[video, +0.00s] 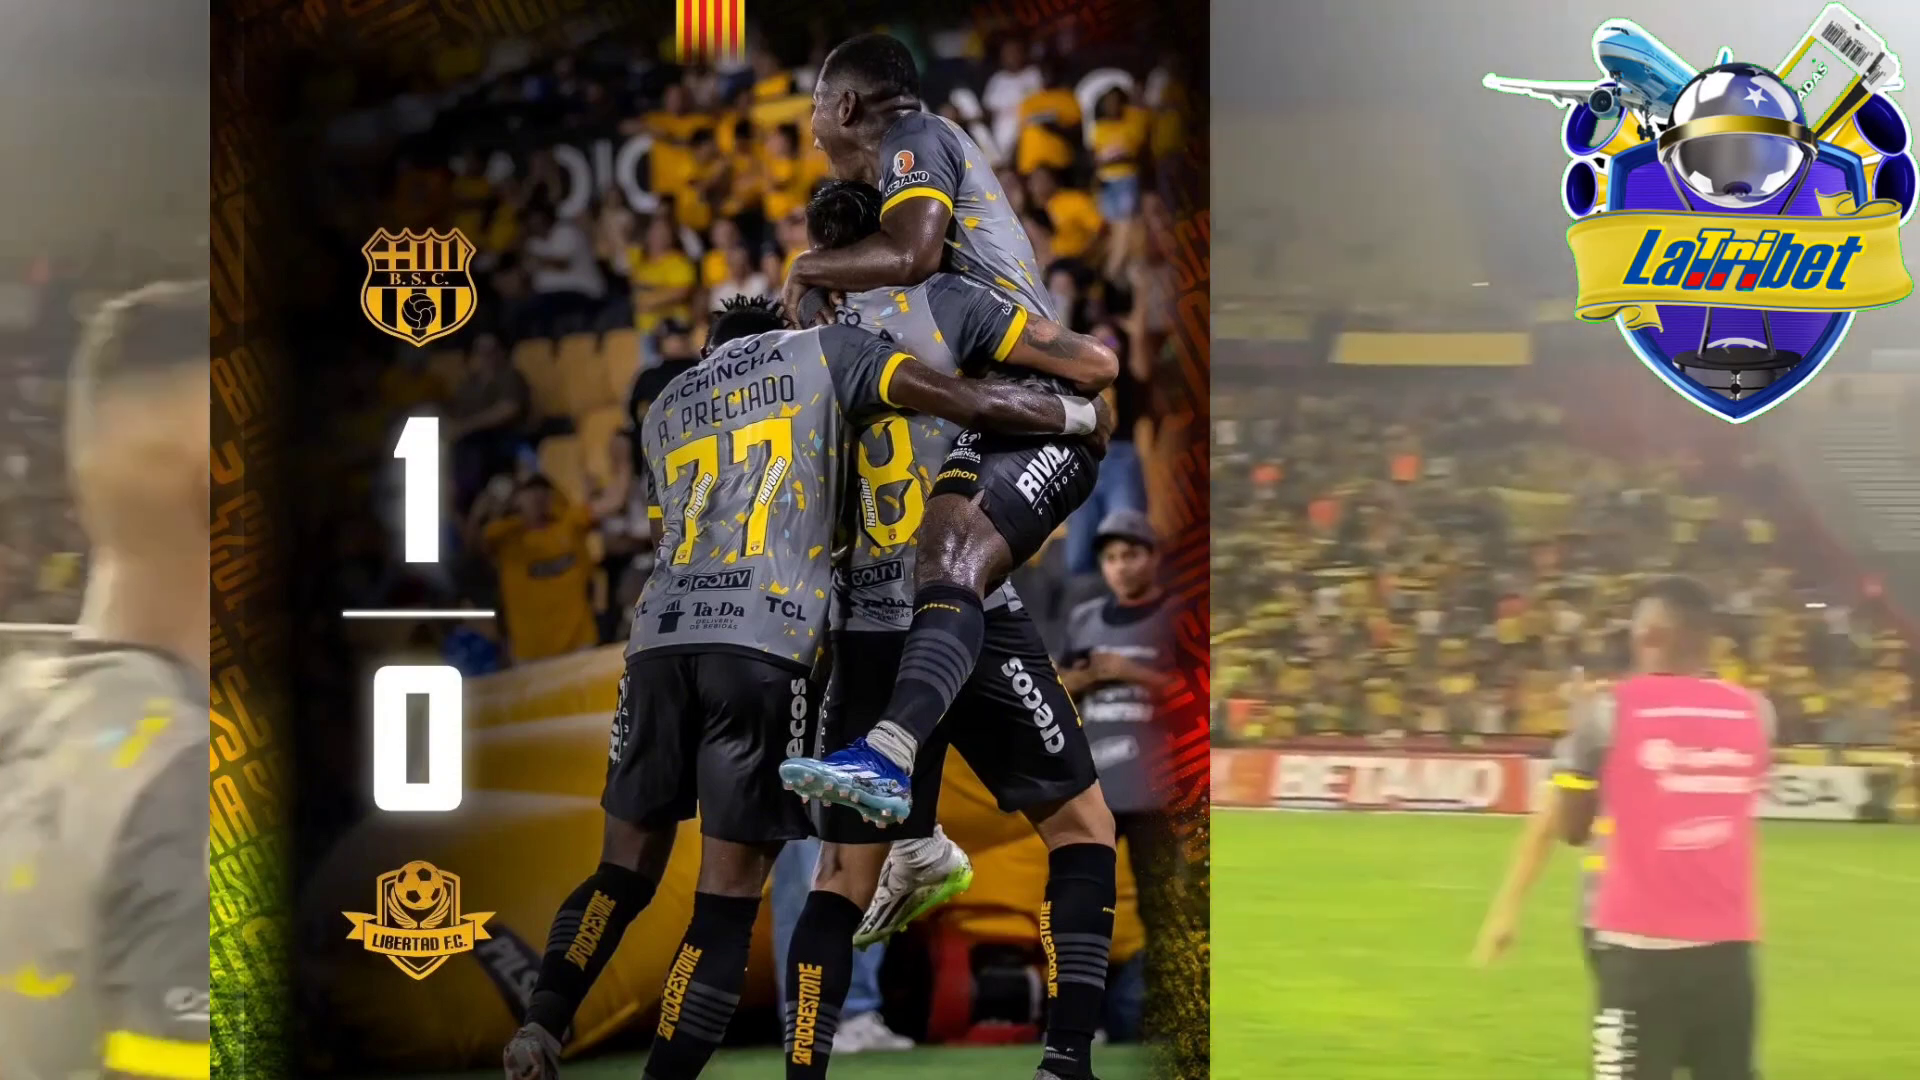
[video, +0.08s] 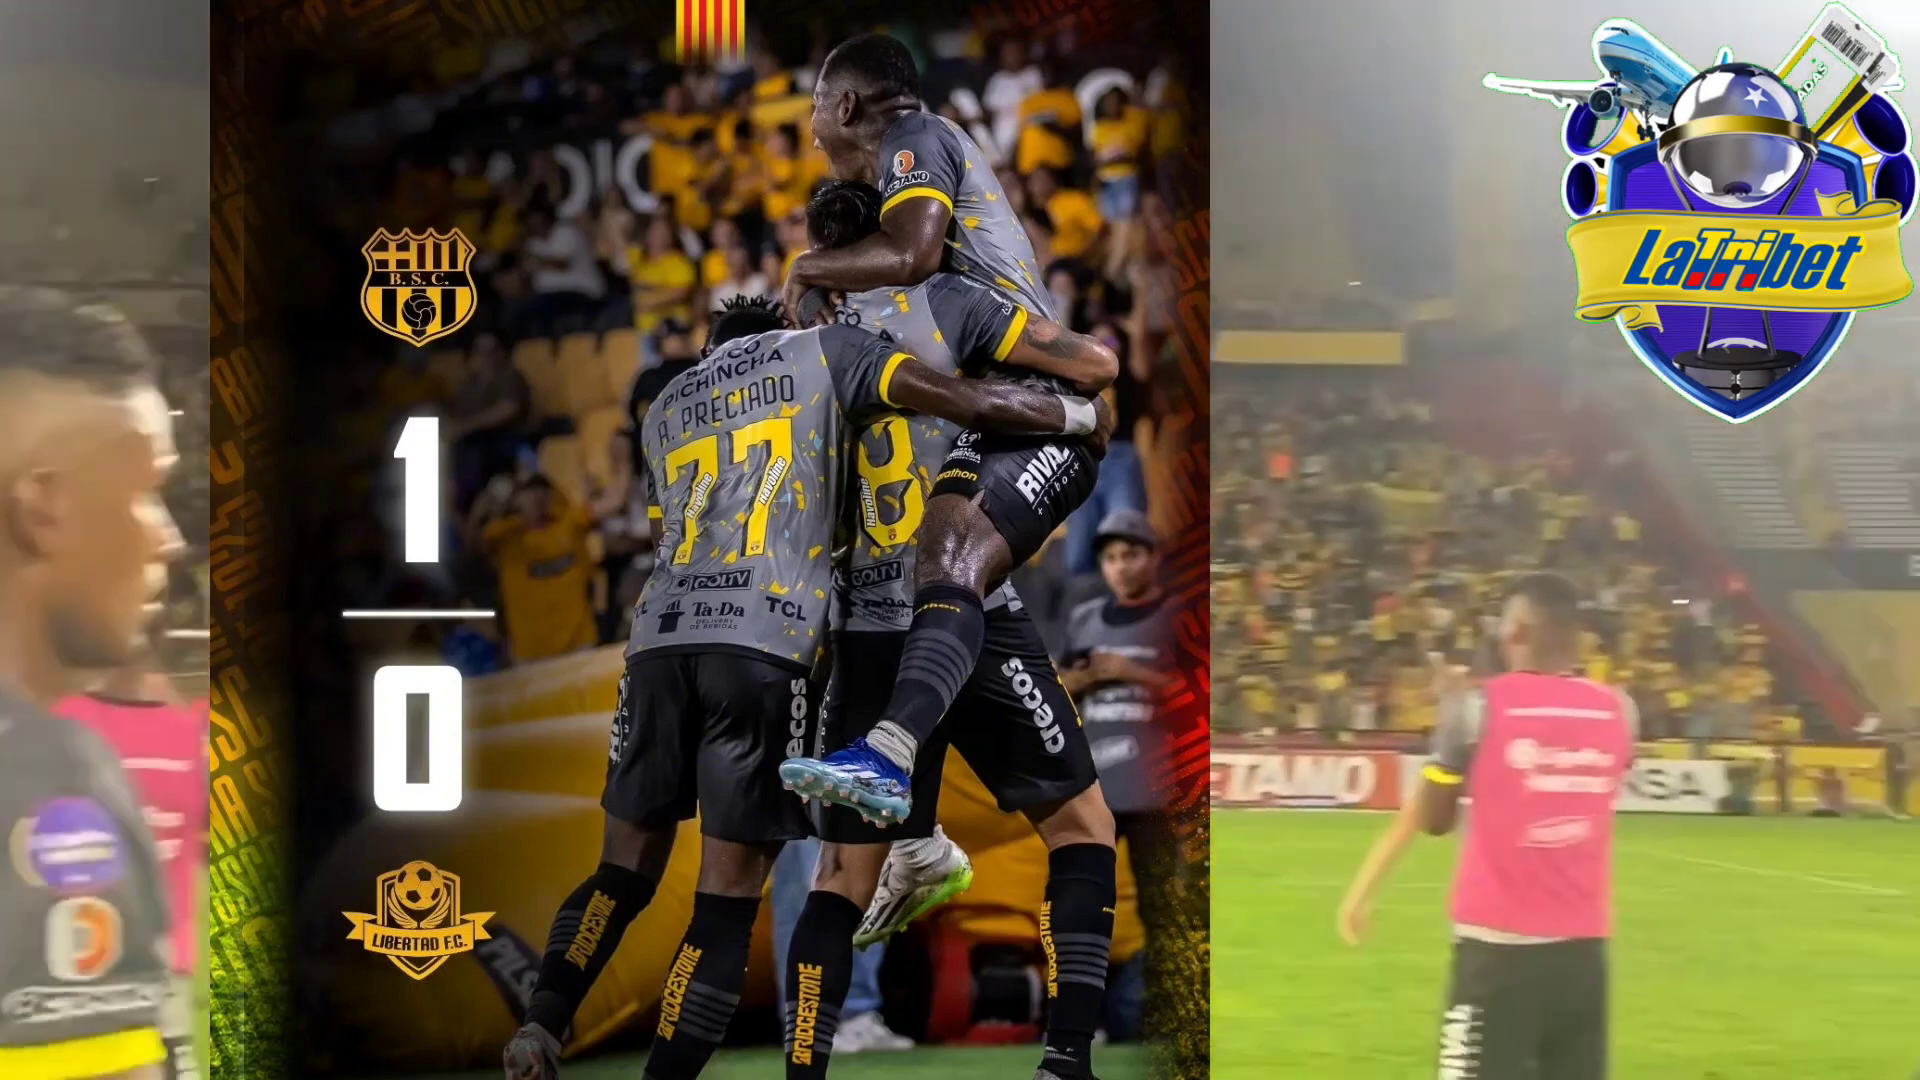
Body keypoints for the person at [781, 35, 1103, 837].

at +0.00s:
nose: (815, 129)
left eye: (821, 109)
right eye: (814, 111)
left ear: (856, 102)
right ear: (878, 104)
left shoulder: (915, 133)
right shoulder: (895, 165)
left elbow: (914, 251)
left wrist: (808, 265)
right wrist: (811, 295)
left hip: (1043, 402)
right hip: (978, 399)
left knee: (954, 554)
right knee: (890, 562)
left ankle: (888, 758)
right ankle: (914, 837)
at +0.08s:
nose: (817, 135)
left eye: (822, 114)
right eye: (815, 117)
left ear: (857, 101)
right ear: (878, 103)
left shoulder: (914, 132)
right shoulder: (906, 153)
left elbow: (914, 251)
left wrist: (808, 265)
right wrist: (813, 298)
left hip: (1041, 400)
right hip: (979, 398)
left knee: (952, 554)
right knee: (889, 564)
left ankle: (887, 758)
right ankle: (915, 837)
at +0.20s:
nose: (817, 131)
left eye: (821, 111)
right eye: (815, 113)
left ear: (855, 101)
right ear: (879, 102)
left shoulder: (914, 133)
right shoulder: (912, 150)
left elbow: (914, 249)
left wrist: (807, 265)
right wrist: (812, 295)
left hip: (1042, 399)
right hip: (982, 397)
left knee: (953, 554)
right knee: (893, 567)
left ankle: (888, 756)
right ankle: (915, 837)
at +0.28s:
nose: (816, 128)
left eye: (821, 109)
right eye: (815, 111)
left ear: (855, 102)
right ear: (880, 103)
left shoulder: (915, 134)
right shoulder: (901, 163)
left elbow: (914, 250)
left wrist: (806, 265)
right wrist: (817, 295)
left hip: (1045, 401)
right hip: (982, 398)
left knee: (952, 554)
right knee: (891, 564)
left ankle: (889, 756)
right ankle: (916, 838)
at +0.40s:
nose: (818, 131)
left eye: (821, 112)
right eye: (815, 114)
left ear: (855, 102)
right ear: (880, 103)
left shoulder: (915, 134)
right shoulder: (905, 161)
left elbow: (914, 250)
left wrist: (806, 265)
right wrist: (816, 295)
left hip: (1044, 403)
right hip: (983, 402)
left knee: (952, 557)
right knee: (898, 565)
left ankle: (889, 756)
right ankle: (917, 837)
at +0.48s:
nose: (817, 130)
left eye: (821, 111)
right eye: (815, 113)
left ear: (855, 102)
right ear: (880, 103)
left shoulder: (915, 134)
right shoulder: (904, 161)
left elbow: (914, 249)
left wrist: (806, 265)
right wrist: (817, 295)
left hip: (1044, 403)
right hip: (981, 400)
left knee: (952, 555)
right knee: (892, 566)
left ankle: (889, 756)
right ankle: (916, 839)